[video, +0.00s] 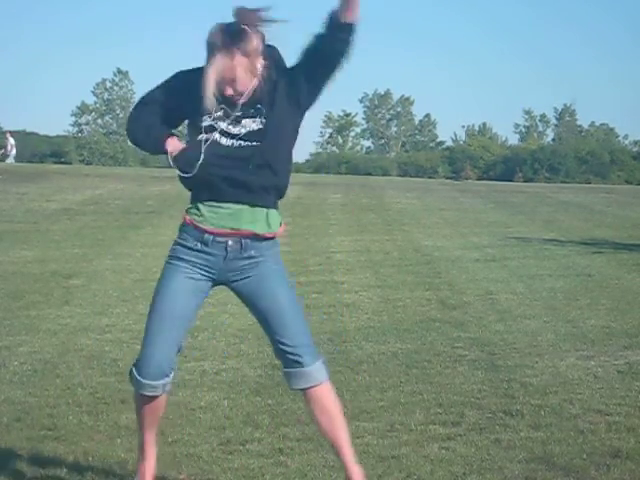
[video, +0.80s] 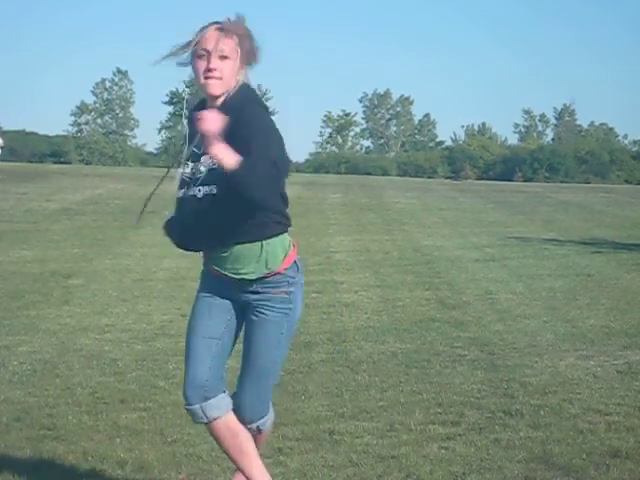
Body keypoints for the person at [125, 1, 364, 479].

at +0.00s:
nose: (234, 93)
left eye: (241, 84)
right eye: (224, 84)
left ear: (260, 67)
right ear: (212, 65)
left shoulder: (290, 90)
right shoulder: (192, 85)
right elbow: (140, 119)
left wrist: (348, 8)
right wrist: (173, 146)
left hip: (259, 256)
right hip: (193, 251)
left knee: (305, 363)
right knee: (151, 368)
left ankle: (354, 470)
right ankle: (147, 461)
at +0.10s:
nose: (218, 79)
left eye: (227, 69)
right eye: (211, 72)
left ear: (252, 66)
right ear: (206, 76)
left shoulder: (279, 114)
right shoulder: (191, 115)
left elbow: (307, 62)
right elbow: (142, 167)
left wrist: (308, 5)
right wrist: (171, 159)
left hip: (248, 270)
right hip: (186, 262)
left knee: (289, 380)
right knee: (162, 387)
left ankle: (304, 475)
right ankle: (134, 467)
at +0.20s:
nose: (215, 96)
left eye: (225, 87)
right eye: (208, 88)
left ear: (248, 92)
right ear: (202, 94)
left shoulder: (271, 139)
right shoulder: (189, 156)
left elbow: (311, 128)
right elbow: (169, 226)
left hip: (238, 294)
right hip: (177, 284)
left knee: (297, 386)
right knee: (159, 407)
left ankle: (304, 478)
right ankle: (135, 472)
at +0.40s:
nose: (217, 49)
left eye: (226, 39)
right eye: (209, 39)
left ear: (247, 36)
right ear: (197, 37)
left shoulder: (270, 76)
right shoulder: (180, 82)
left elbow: (309, 114)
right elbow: (162, 159)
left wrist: (333, 137)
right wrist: (189, 156)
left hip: (262, 238)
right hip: (198, 235)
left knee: (294, 361)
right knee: (162, 359)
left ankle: (316, 470)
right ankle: (159, 461)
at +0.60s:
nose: (222, 32)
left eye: (231, 23)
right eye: (213, 23)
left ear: (247, 21)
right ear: (198, 20)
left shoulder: (263, 64)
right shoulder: (178, 62)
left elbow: (291, 138)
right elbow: (151, 122)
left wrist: (333, 128)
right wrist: (168, 152)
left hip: (261, 220)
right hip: (225, 220)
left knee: (258, 337)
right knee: (221, 333)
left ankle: (265, 444)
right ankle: (241, 451)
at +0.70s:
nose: (211, 50)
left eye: (222, 41)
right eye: (202, 40)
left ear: (241, 47)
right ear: (192, 46)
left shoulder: (257, 98)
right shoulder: (187, 96)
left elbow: (288, 183)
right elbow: (177, 165)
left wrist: (278, 133)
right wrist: (192, 199)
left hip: (272, 258)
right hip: (221, 259)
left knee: (260, 378)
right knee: (218, 374)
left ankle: (264, 467)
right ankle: (263, 473)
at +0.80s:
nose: (210, 63)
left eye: (223, 55)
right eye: (202, 54)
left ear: (242, 65)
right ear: (193, 63)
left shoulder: (250, 113)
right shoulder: (198, 115)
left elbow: (266, 188)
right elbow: (207, 185)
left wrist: (217, 147)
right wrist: (186, 221)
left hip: (273, 281)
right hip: (218, 276)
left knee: (250, 409)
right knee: (201, 392)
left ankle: (247, 466)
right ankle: (258, 476)